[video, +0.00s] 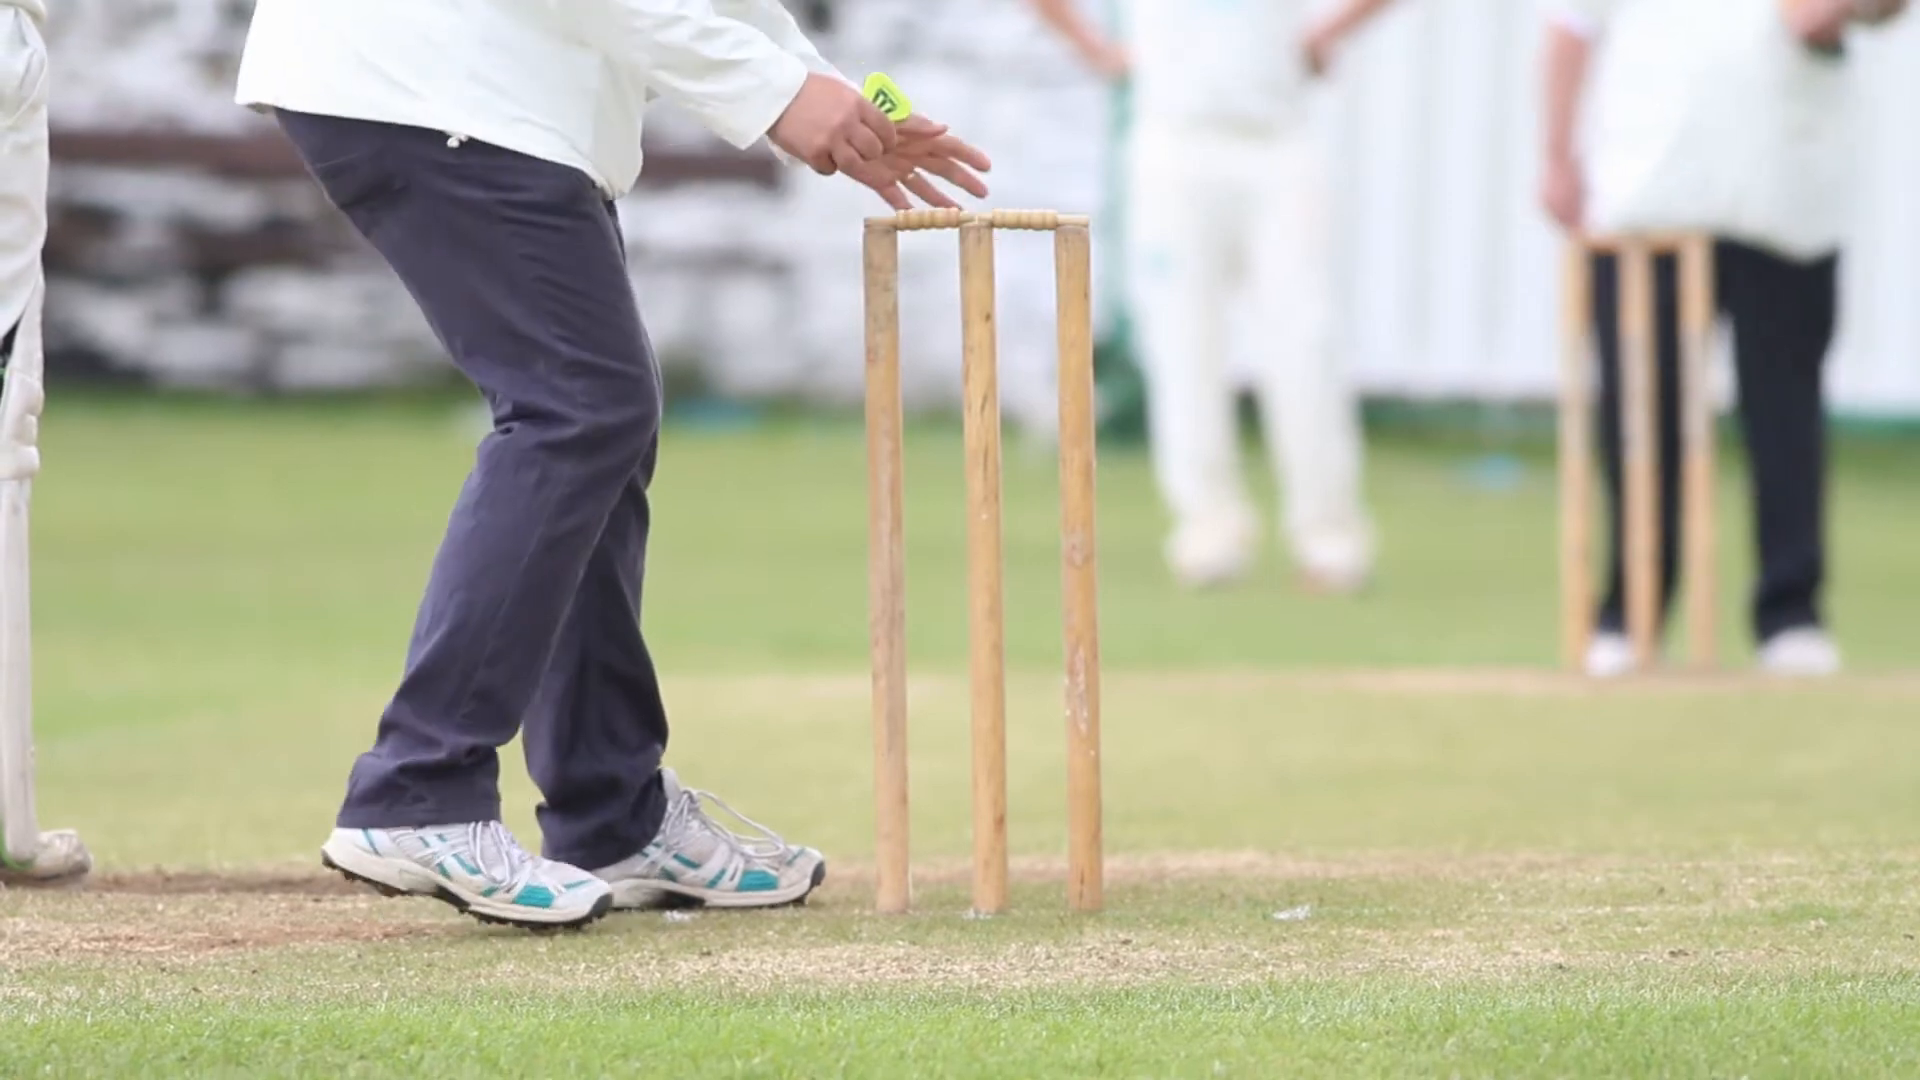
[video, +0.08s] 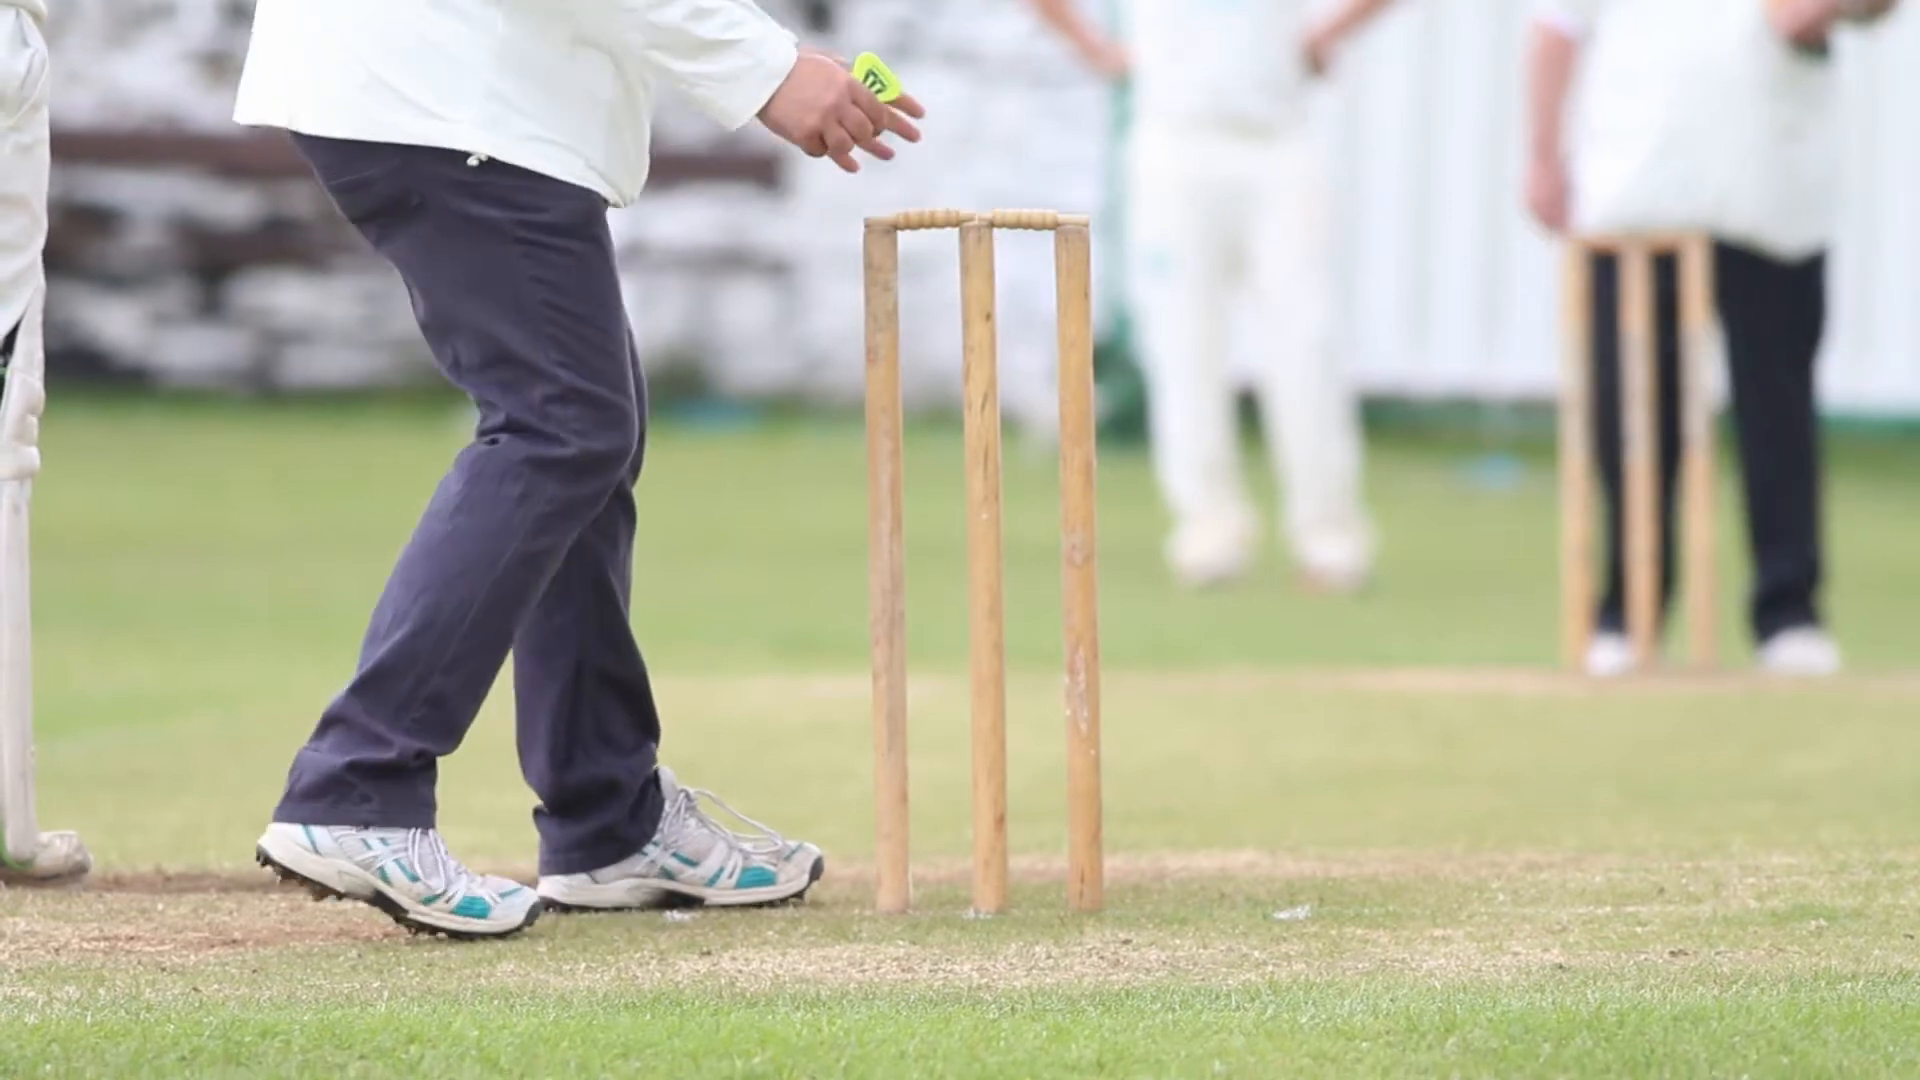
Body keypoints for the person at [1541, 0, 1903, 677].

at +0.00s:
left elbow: (1893, 6)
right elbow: (1571, 21)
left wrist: (1845, 10)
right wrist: (1559, 156)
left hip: (1791, 186)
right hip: (1644, 180)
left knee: (1785, 419)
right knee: (1637, 417)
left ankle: (1792, 621)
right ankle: (1626, 619)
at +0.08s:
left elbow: (1882, 6)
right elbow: (1558, 20)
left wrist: (1832, 9)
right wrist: (1545, 155)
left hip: (1777, 182)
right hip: (1632, 176)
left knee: (1777, 416)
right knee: (1629, 417)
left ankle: (1790, 620)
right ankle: (1624, 621)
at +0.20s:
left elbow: (1862, 7)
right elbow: (1541, 20)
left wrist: (1813, 8)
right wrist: (1524, 158)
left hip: (1759, 189)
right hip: (1619, 186)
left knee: (1765, 418)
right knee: (1624, 422)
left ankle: (1787, 619)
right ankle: (1619, 623)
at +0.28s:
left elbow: (1854, 7)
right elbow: (1530, 22)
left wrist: (1804, 8)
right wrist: (1513, 160)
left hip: (1751, 193)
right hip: (1610, 192)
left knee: (1759, 421)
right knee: (1619, 427)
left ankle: (1786, 620)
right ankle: (1617, 624)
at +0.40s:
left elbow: (1846, 6)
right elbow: (1520, 22)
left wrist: (1794, 10)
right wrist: (1502, 159)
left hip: (1743, 191)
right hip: (1601, 189)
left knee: (1755, 419)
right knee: (1615, 425)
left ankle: (1787, 620)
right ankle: (1614, 624)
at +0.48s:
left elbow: (1841, 6)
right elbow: (1513, 23)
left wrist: (1790, 10)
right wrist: (1498, 160)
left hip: (1740, 192)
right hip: (1598, 191)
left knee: (1755, 419)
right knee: (1614, 425)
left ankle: (1787, 621)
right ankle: (1615, 624)